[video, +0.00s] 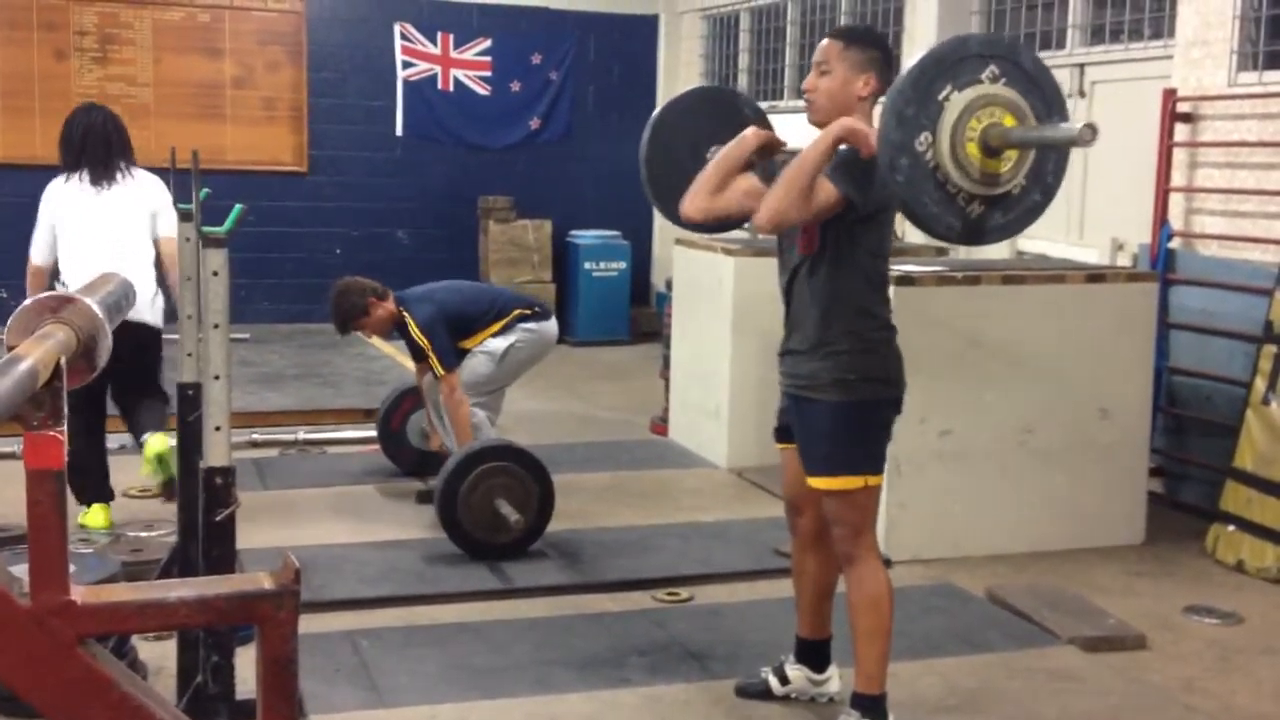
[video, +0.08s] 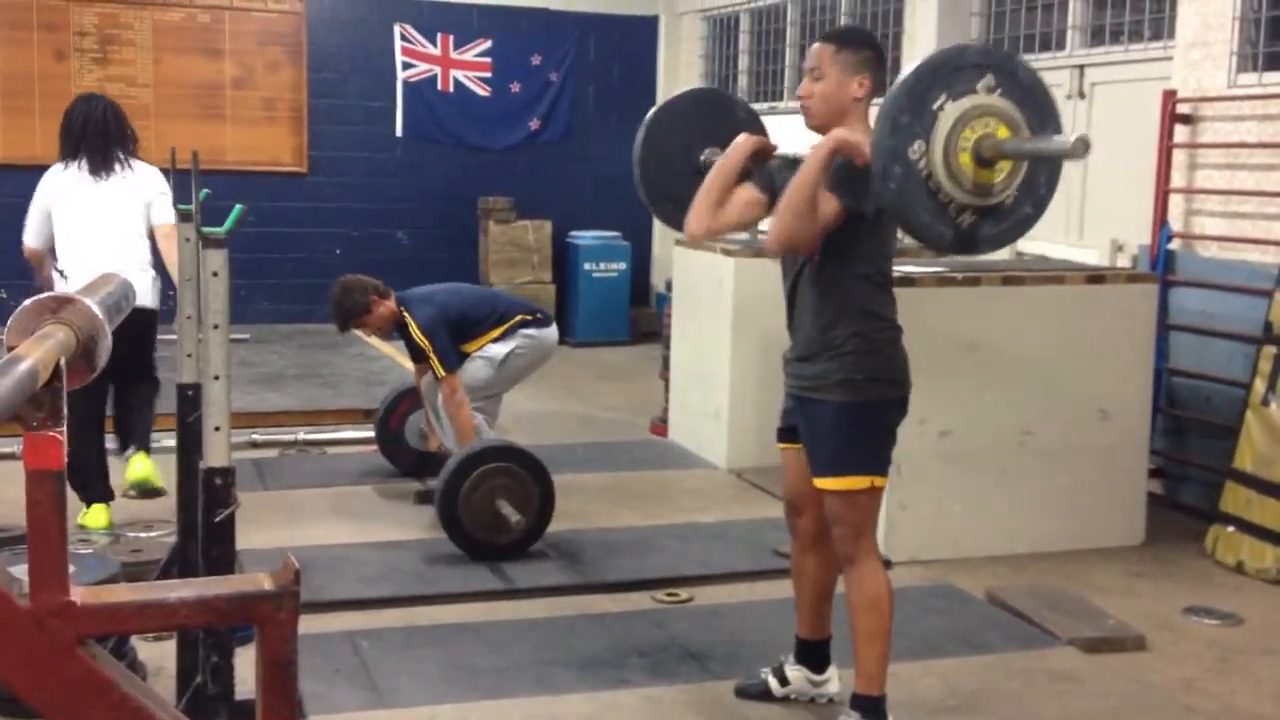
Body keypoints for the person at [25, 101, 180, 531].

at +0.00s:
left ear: (72, 143)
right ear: (121, 139)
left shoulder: (58, 190)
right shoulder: (151, 185)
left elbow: (38, 266)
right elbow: (171, 254)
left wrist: (37, 320)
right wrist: (189, 308)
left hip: (80, 321)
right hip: (141, 315)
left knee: (84, 412)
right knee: (138, 386)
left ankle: (96, 506)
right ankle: (155, 437)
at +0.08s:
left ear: (71, 132)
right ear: (121, 129)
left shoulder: (55, 178)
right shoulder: (147, 176)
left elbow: (33, 248)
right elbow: (168, 237)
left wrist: (49, 283)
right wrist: (190, 293)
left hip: (78, 308)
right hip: (137, 304)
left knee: (84, 402)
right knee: (136, 376)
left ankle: (95, 504)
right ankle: (139, 454)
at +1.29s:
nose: (35, 88)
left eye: (38, 82)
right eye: (36, 81)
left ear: (49, 85)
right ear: (80, 83)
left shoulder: (41, 124)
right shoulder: (105, 123)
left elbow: (30, 185)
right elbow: (122, 180)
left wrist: (19, 217)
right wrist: (123, 226)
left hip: (62, 235)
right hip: (108, 232)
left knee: (64, 313)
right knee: (103, 305)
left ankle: (81, 389)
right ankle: (115, 358)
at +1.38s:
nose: (27, 81)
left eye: (31, 75)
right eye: (28, 74)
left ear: (44, 80)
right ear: (74, 79)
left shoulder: (37, 120)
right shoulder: (99, 118)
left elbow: (24, 179)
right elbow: (117, 176)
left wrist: (11, 199)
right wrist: (124, 225)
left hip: (63, 231)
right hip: (105, 225)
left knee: (62, 312)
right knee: (95, 300)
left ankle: (81, 391)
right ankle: (109, 361)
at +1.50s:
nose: (20, 82)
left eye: (24, 77)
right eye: (22, 75)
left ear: (34, 81)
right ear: (67, 78)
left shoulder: (29, 122)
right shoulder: (92, 119)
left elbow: (10, 179)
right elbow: (111, 176)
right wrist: (124, 224)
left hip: (55, 235)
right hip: (97, 230)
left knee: (60, 316)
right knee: (91, 310)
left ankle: (70, 392)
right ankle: (88, 388)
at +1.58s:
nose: (16, 87)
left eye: (20, 81)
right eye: (18, 80)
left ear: (29, 84)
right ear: (62, 80)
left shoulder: (25, 124)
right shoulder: (87, 122)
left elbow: (5, 183)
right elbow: (106, 179)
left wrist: (8, 140)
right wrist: (124, 225)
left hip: (48, 239)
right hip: (90, 236)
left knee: (55, 319)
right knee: (86, 313)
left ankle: (62, 394)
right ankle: (85, 388)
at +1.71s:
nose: (12, 88)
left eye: (15, 82)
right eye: (13, 82)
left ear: (24, 85)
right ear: (56, 82)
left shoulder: (17, 127)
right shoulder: (80, 123)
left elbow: (4, 185)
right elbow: (101, 178)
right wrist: (118, 223)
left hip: (38, 238)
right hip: (81, 235)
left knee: (47, 316)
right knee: (75, 310)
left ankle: (54, 392)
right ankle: (81, 382)